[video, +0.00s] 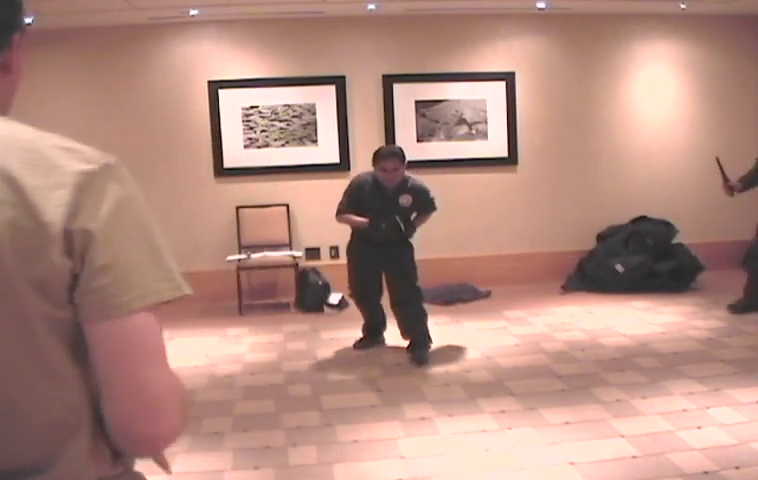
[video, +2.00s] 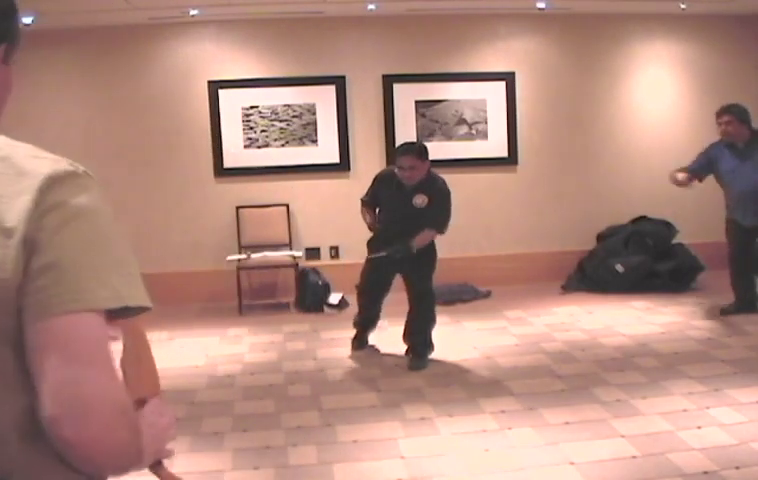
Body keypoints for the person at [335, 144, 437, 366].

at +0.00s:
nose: (390, 176)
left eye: (395, 170)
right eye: (384, 170)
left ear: (404, 167)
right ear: (375, 169)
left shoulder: (413, 187)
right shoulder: (361, 184)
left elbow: (428, 208)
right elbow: (341, 215)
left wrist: (410, 226)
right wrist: (368, 223)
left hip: (397, 248)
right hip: (363, 248)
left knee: (406, 296)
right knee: (364, 294)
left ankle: (419, 343)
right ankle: (373, 333)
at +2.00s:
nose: (405, 174)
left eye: (411, 168)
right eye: (400, 168)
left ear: (426, 166)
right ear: (395, 165)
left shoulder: (438, 188)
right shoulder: (385, 179)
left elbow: (435, 227)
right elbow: (367, 203)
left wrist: (409, 247)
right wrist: (372, 222)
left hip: (418, 246)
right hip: (383, 242)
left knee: (421, 298)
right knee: (369, 291)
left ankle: (418, 350)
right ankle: (362, 329)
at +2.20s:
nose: (405, 169)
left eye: (411, 163)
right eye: (400, 163)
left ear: (424, 161)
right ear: (394, 162)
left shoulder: (437, 185)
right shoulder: (383, 179)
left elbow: (453, 223)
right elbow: (361, 209)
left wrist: (438, 254)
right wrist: (367, 243)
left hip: (420, 249)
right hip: (384, 248)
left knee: (423, 302)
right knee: (369, 294)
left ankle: (419, 350)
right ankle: (362, 329)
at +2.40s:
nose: (402, 165)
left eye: (407, 159)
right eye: (396, 160)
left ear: (419, 158)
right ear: (389, 160)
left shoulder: (431, 181)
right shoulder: (377, 179)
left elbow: (459, 211)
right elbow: (347, 207)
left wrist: (457, 241)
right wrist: (339, 242)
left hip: (419, 248)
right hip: (383, 249)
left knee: (423, 301)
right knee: (378, 299)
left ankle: (420, 351)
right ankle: (374, 344)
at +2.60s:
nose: (395, 166)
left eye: (400, 160)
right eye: (389, 161)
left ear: (408, 158)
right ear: (378, 162)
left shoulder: (420, 179)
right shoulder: (366, 180)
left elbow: (447, 205)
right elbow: (335, 212)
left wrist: (441, 226)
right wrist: (327, 243)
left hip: (415, 249)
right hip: (380, 250)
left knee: (421, 300)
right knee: (382, 301)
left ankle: (421, 350)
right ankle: (380, 350)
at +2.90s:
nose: (392, 169)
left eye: (397, 163)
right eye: (386, 164)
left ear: (403, 159)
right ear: (373, 163)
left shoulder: (412, 177)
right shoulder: (358, 182)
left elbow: (428, 204)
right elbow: (328, 215)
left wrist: (409, 217)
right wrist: (324, 246)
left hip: (407, 244)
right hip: (375, 247)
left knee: (419, 296)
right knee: (380, 301)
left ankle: (422, 346)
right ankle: (380, 350)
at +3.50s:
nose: (399, 171)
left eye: (402, 165)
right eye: (392, 167)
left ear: (408, 160)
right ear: (378, 164)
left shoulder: (418, 178)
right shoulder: (362, 182)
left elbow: (446, 202)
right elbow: (334, 215)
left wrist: (432, 218)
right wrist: (330, 245)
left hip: (412, 246)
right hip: (379, 247)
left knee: (419, 297)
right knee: (380, 301)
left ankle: (421, 346)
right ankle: (381, 350)